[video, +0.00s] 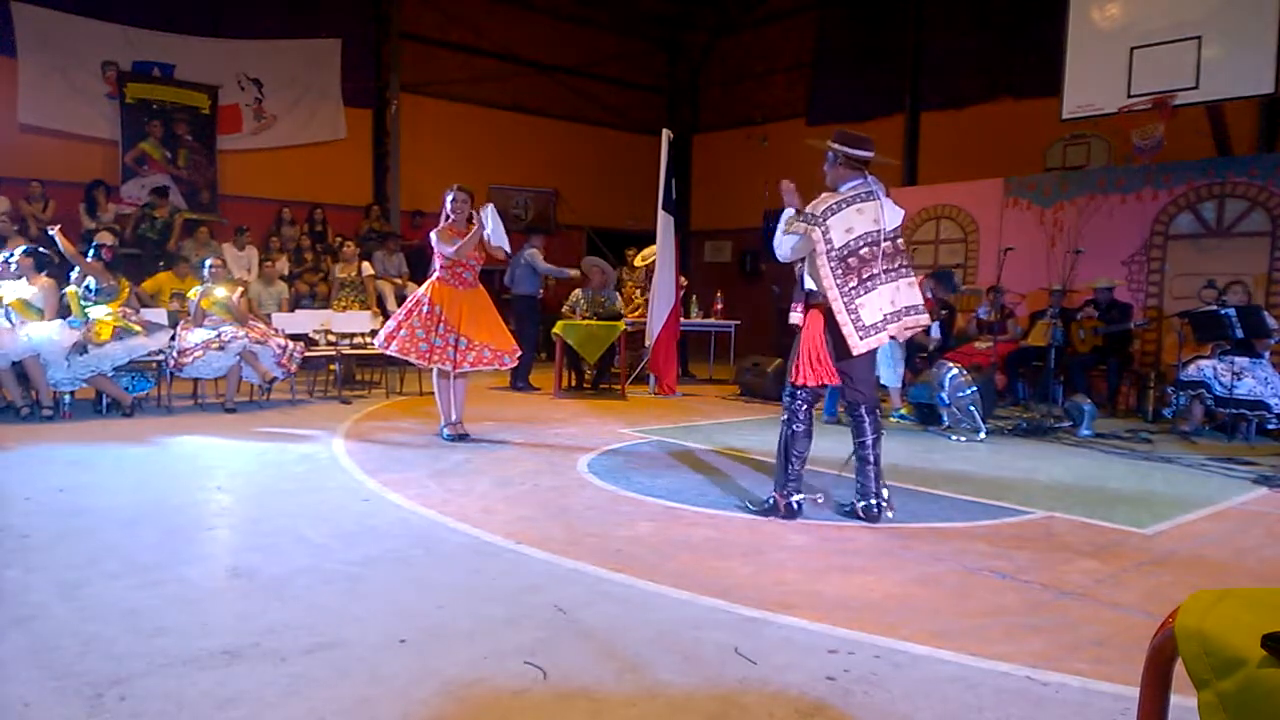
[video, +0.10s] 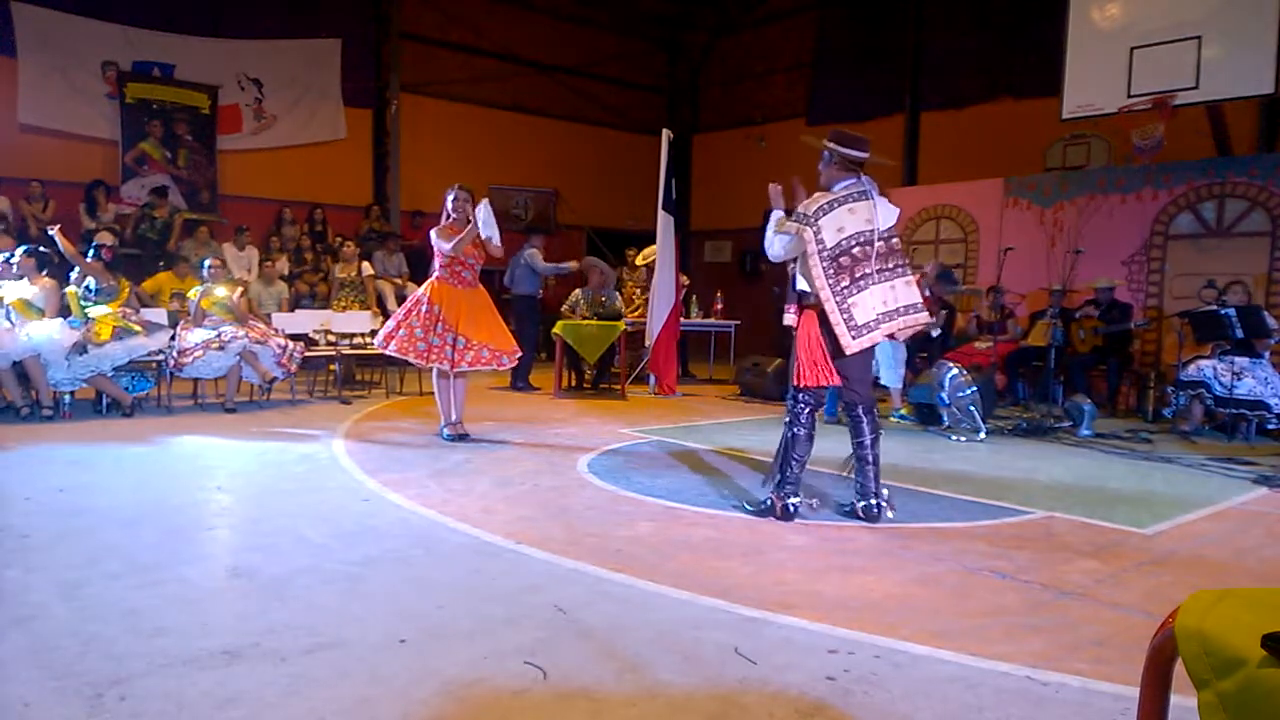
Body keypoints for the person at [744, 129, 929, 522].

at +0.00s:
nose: (823, 167)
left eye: (827, 161)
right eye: (826, 161)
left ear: (839, 165)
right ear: (861, 167)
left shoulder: (825, 208)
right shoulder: (885, 209)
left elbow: (785, 248)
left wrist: (790, 208)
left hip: (821, 317)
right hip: (864, 319)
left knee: (799, 400)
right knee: (863, 404)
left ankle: (787, 494)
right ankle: (871, 498)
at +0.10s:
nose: (819, 166)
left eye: (823, 160)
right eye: (822, 160)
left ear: (834, 165)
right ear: (857, 168)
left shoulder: (817, 208)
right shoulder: (881, 210)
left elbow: (777, 249)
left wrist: (776, 213)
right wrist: (803, 213)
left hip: (817, 317)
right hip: (861, 318)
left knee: (804, 404)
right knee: (861, 405)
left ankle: (786, 494)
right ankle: (870, 498)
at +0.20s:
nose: (812, 165)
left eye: (816, 160)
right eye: (815, 158)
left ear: (827, 165)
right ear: (851, 167)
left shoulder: (807, 207)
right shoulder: (872, 208)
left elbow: (767, 248)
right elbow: (880, 269)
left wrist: (760, 210)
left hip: (810, 318)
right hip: (855, 318)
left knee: (802, 406)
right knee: (856, 406)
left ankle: (785, 495)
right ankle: (870, 499)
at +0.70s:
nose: (774, 167)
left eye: (778, 162)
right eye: (778, 161)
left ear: (784, 168)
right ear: (815, 171)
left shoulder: (766, 210)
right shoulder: (835, 210)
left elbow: (728, 240)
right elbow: (840, 270)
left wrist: (742, 201)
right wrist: (839, 321)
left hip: (775, 320)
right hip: (817, 317)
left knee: (781, 406)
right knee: (810, 401)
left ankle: (782, 495)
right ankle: (810, 486)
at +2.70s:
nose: (763, 165)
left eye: (768, 161)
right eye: (767, 159)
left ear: (778, 166)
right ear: (804, 169)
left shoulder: (755, 209)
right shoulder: (826, 206)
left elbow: (717, 238)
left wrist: (731, 201)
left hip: (771, 319)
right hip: (812, 314)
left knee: (777, 405)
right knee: (799, 401)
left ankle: (782, 497)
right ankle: (795, 486)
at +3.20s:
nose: (775, 155)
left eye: (780, 152)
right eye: (780, 150)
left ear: (789, 159)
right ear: (817, 162)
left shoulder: (764, 202)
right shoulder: (836, 199)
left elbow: (726, 233)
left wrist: (745, 195)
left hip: (783, 316)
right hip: (826, 312)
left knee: (782, 399)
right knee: (810, 397)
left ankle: (781, 495)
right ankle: (826, 491)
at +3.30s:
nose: (781, 154)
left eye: (787, 151)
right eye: (786, 150)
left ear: (795, 160)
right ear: (822, 162)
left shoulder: (766, 203)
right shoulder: (840, 199)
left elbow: (728, 233)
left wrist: (746, 197)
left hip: (783, 318)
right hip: (828, 315)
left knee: (785, 404)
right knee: (817, 404)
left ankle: (782, 495)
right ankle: (828, 495)